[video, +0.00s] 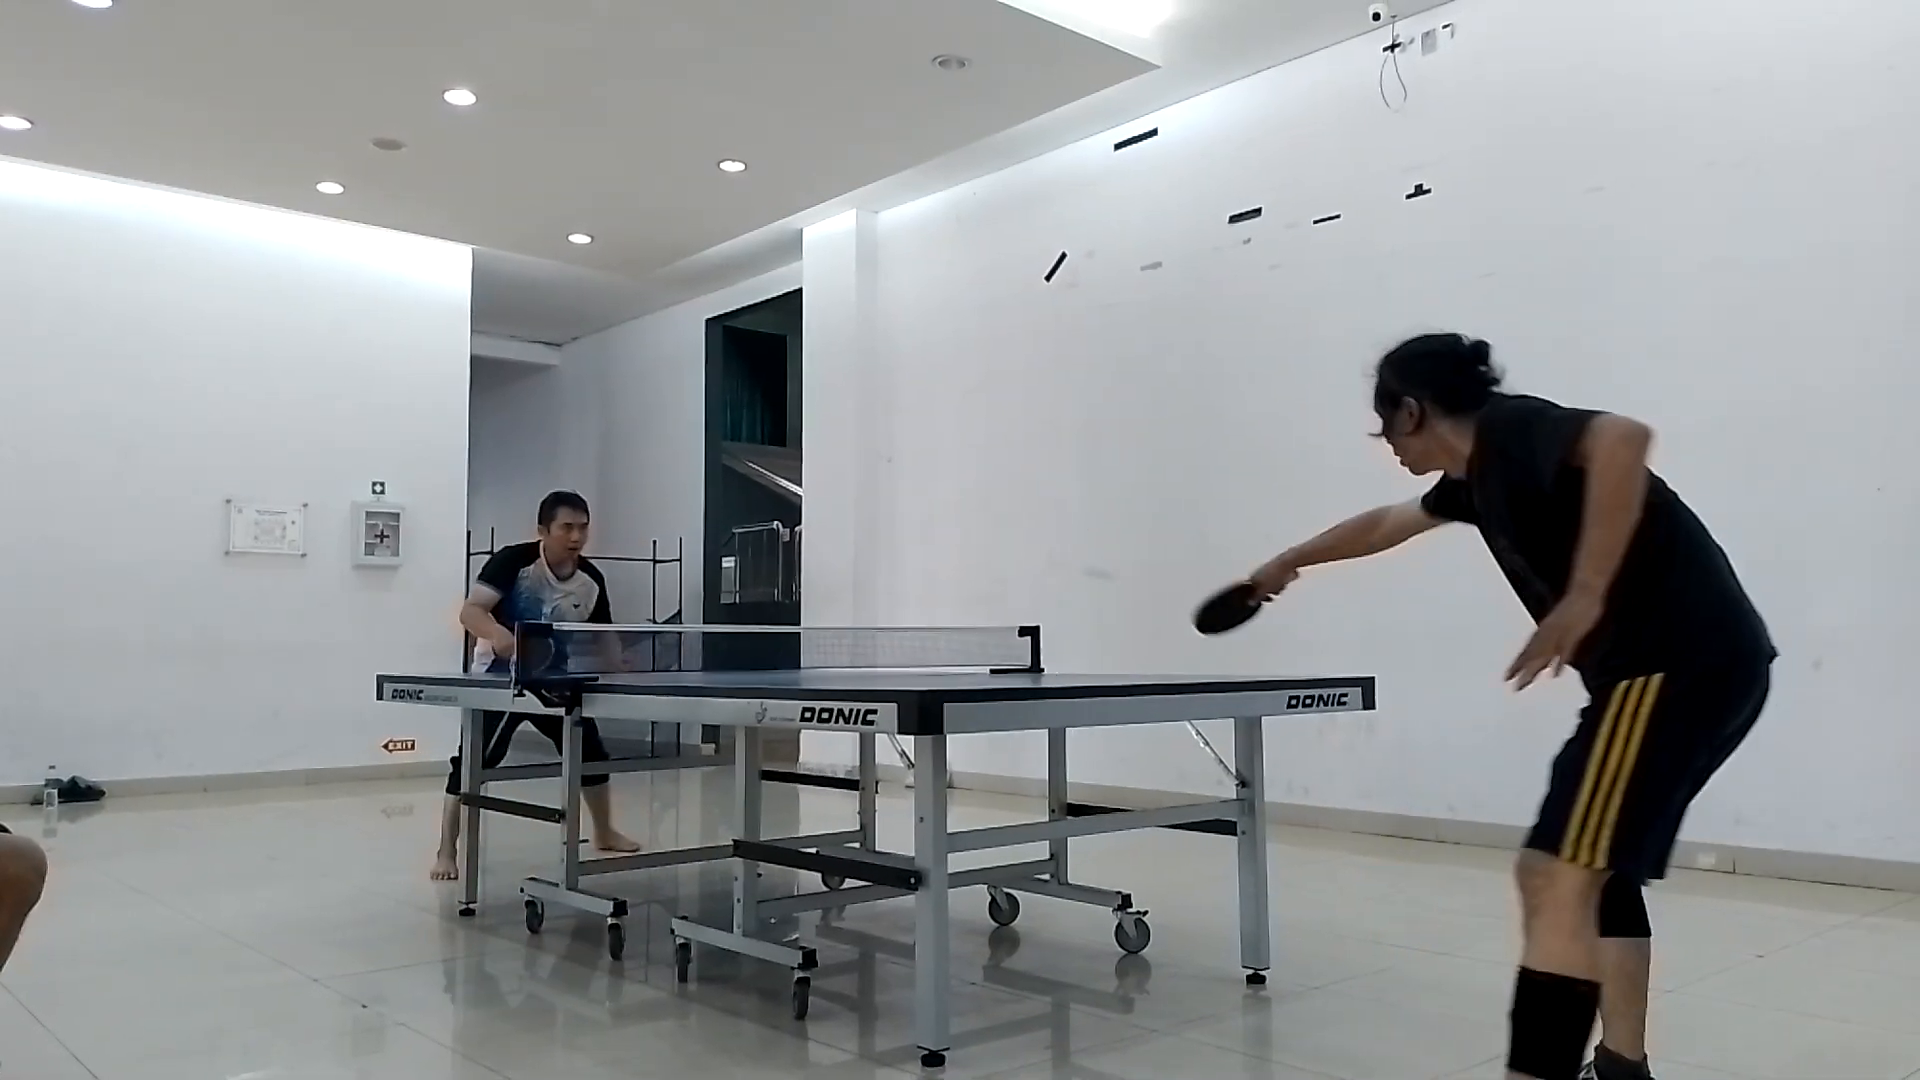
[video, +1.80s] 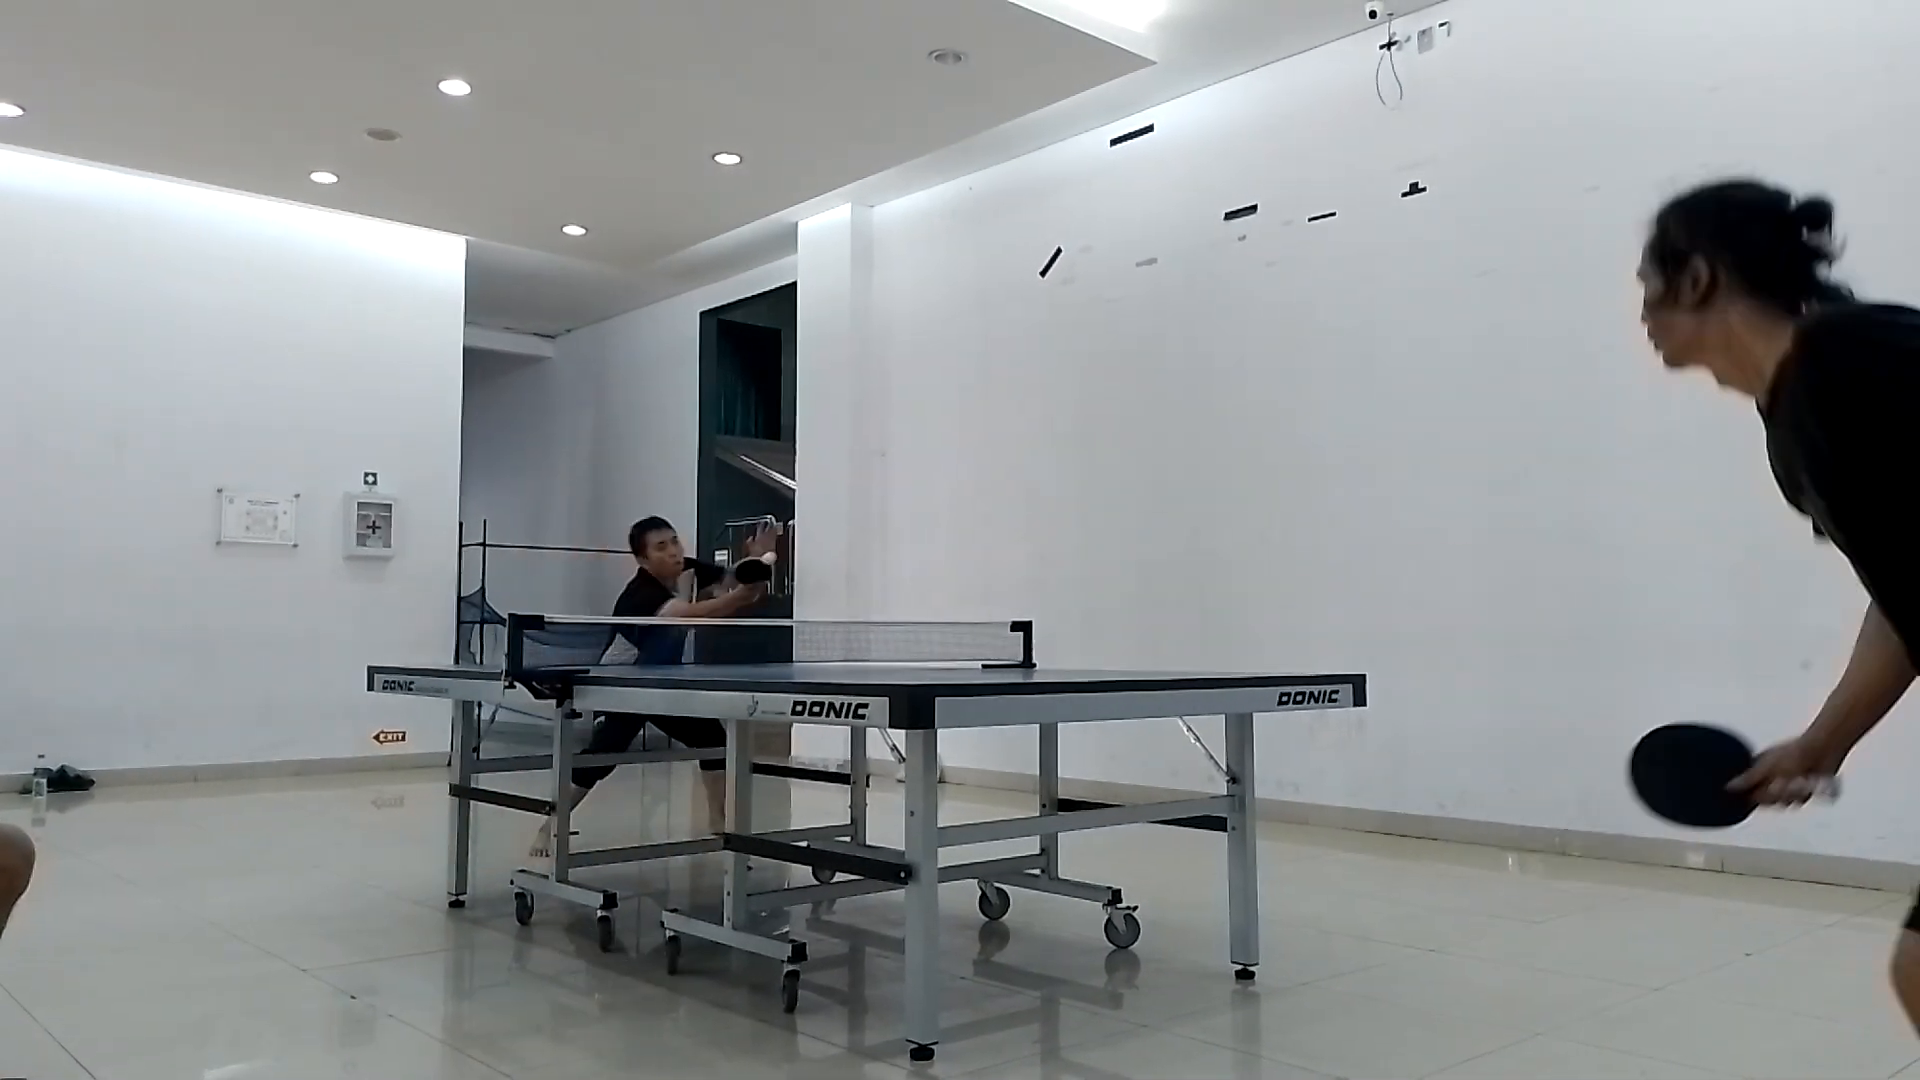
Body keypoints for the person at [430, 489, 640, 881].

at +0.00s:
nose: (577, 536)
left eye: (582, 528)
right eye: (567, 528)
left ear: (588, 530)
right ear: (543, 530)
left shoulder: (591, 580)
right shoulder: (512, 560)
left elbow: (605, 636)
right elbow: (469, 613)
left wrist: (617, 667)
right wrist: (498, 634)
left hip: (556, 685)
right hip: (498, 682)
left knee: (591, 754)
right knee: (472, 758)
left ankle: (604, 834)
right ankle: (447, 850)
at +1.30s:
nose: (595, 514)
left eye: (600, 505)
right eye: (584, 506)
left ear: (607, 512)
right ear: (564, 515)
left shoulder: (619, 560)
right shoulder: (541, 556)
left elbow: (627, 618)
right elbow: (513, 612)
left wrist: (645, 646)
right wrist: (541, 631)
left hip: (594, 674)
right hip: (544, 673)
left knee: (608, 754)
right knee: (524, 745)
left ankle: (572, 822)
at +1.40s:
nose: (600, 506)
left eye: (605, 498)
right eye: (589, 499)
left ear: (613, 505)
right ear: (569, 509)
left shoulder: (633, 554)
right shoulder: (548, 552)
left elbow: (651, 614)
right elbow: (524, 615)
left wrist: (659, 654)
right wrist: (550, 625)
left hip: (610, 668)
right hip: (558, 668)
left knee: (645, 741)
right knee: (548, 748)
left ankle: (613, 806)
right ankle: (542, 830)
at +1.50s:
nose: (612, 520)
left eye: (617, 512)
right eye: (602, 513)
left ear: (625, 517)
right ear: (582, 523)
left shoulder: (645, 563)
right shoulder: (562, 564)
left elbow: (667, 622)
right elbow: (544, 625)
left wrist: (667, 629)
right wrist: (574, 633)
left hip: (636, 675)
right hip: (584, 677)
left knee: (676, 730)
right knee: (556, 746)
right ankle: (545, 833)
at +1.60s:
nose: (630, 539)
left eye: (634, 530)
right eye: (619, 532)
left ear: (641, 535)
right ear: (600, 542)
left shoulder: (661, 575)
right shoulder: (586, 583)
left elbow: (680, 636)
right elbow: (579, 646)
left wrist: (696, 622)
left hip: (658, 690)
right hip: (603, 692)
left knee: (707, 748)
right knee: (570, 760)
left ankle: (718, 826)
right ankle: (545, 834)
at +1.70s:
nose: (654, 546)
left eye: (655, 537)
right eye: (641, 541)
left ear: (661, 540)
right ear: (622, 554)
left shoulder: (676, 574)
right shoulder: (616, 593)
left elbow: (707, 605)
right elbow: (643, 641)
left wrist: (731, 587)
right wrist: (705, 624)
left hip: (669, 693)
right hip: (620, 695)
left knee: (713, 748)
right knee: (595, 758)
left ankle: (720, 825)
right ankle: (548, 831)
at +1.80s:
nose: (674, 550)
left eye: (674, 541)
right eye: (662, 546)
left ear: (681, 542)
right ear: (643, 559)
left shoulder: (686, 569)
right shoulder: (639, 598)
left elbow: (732, 585)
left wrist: (752, 563)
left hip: (667, 691)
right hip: (625, 695)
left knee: (713, 741)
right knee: (600, 758)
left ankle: (719, 822)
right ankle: (548, 831)